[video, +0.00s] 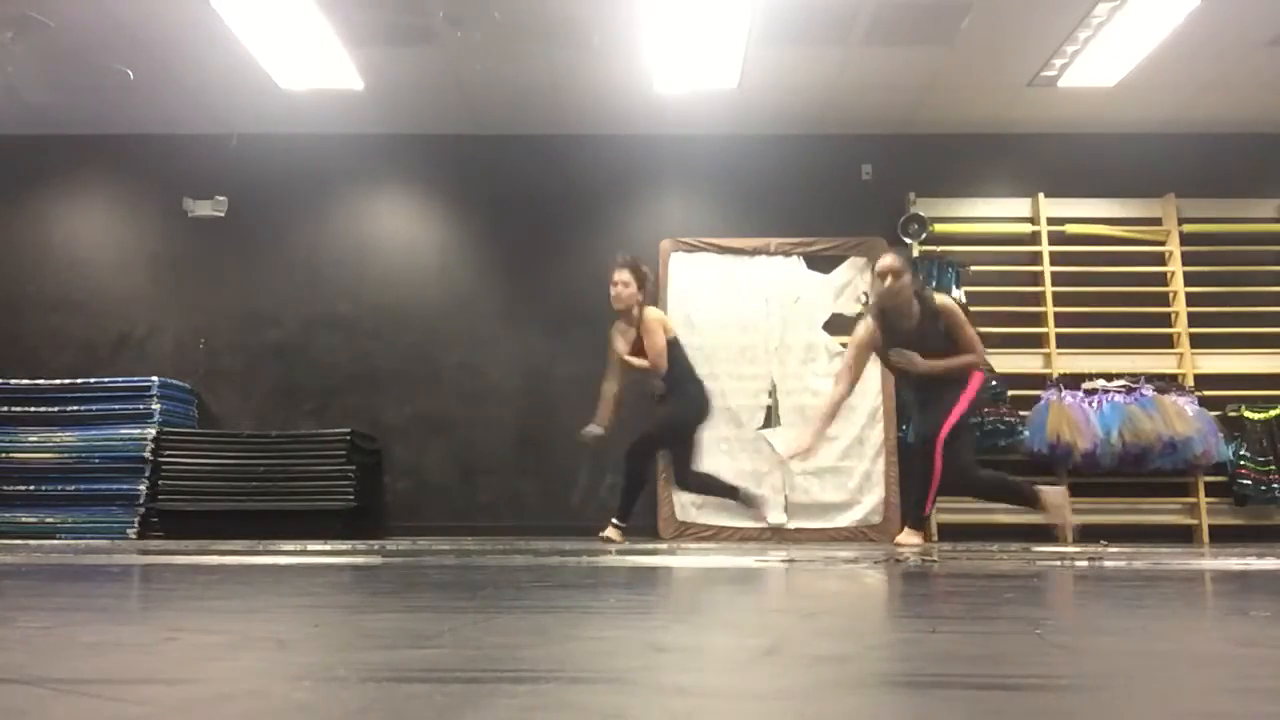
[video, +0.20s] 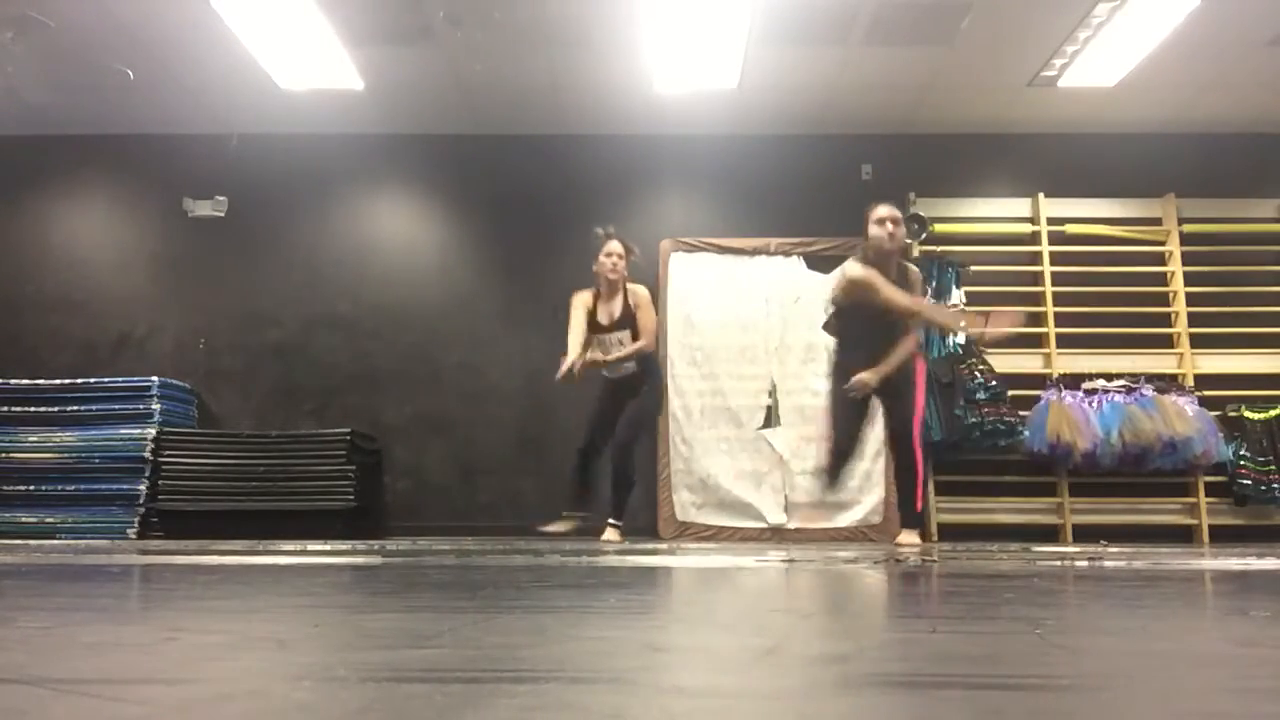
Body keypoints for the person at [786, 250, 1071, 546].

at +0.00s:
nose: (886, 283)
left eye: (894, 275)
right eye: (880, 277)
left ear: (912, 279)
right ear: (872, 284)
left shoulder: (943, 308)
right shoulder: (870, 329)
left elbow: (978, 358)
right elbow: (842, 384)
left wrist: (925, 365)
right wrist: (813, 437)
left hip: (966, 378)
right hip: (926, 388)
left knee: (932, 437)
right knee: (961, 475)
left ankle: (914, 529)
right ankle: (1044, 498)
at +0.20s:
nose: (890, 229)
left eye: (896, 223)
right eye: (881, 223)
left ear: (905, 233)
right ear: (866, 233)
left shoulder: (911, 276)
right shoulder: (855, 274)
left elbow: (914, 336)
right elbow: (909, 307)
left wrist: (877, 373)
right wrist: (961, 322)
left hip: (902, 360)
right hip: (856, 363)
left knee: (905, 437)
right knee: (845, 434)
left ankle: (910, 526)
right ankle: (830, 475)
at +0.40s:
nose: (853, 204)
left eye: (859, 198)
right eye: (844, 198)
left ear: (868, 208)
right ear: (830, 204)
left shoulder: (859, 249)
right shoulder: (823, 226)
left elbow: (867, 313)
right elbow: (886, 255)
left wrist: (857, 348)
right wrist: (902, 245)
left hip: (837, 354)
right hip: (792, 351)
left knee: (865, 439)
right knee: (761, 439)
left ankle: (891, 526)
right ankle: (717, 523)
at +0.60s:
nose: (797, 200)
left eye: (802, 195)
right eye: (789, 194)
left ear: (809, 204)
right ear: (772, 200)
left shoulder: (807, 256)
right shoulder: (753, 231)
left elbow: (824, 309)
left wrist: (850, 349)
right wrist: (772, 190)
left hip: (797, 341)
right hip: (750, 341)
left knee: (839, 427)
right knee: (736, 436)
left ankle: (886, 512)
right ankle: (716, 526)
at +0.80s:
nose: (751, 213)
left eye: (757, 208)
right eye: (743, 206)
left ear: (762, 216)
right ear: (728, 214)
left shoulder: (778, 250)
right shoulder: (718, 256)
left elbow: (801, 305)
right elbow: (667, 285)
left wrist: (829, 347)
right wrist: (701, 268)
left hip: (788, 351)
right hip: (741, 352)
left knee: (844, 426)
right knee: (730, 439)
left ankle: (917, 497)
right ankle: (720, 527)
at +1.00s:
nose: (742, 257)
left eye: (741, 251)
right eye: (731, 254)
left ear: (745, 258)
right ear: (714, 268)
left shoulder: (774, 295)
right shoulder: (710, 320)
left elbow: (809, 334)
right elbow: (722, 376)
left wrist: (816, 366)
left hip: (793, 391)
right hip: (744, 401)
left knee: (861, 446)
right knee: (719, 455)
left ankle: (937, 501)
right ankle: (721, 529)